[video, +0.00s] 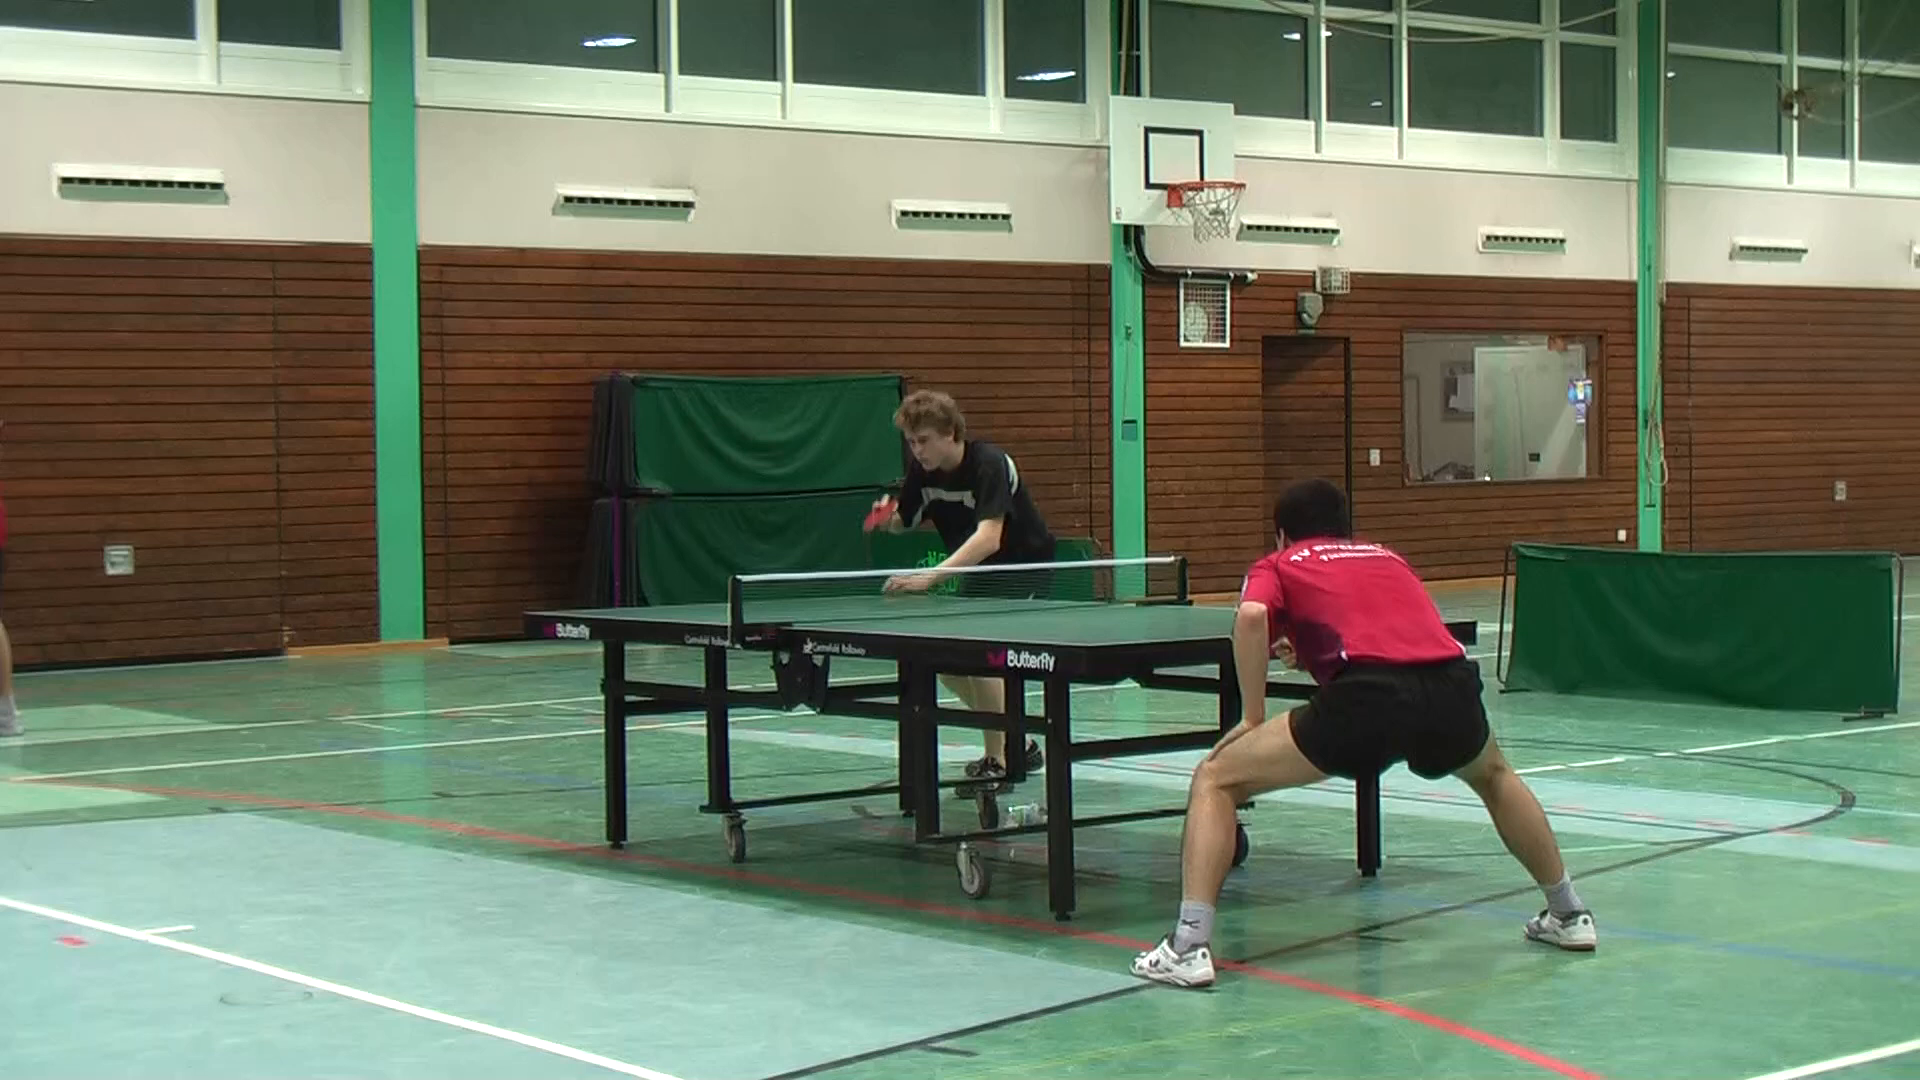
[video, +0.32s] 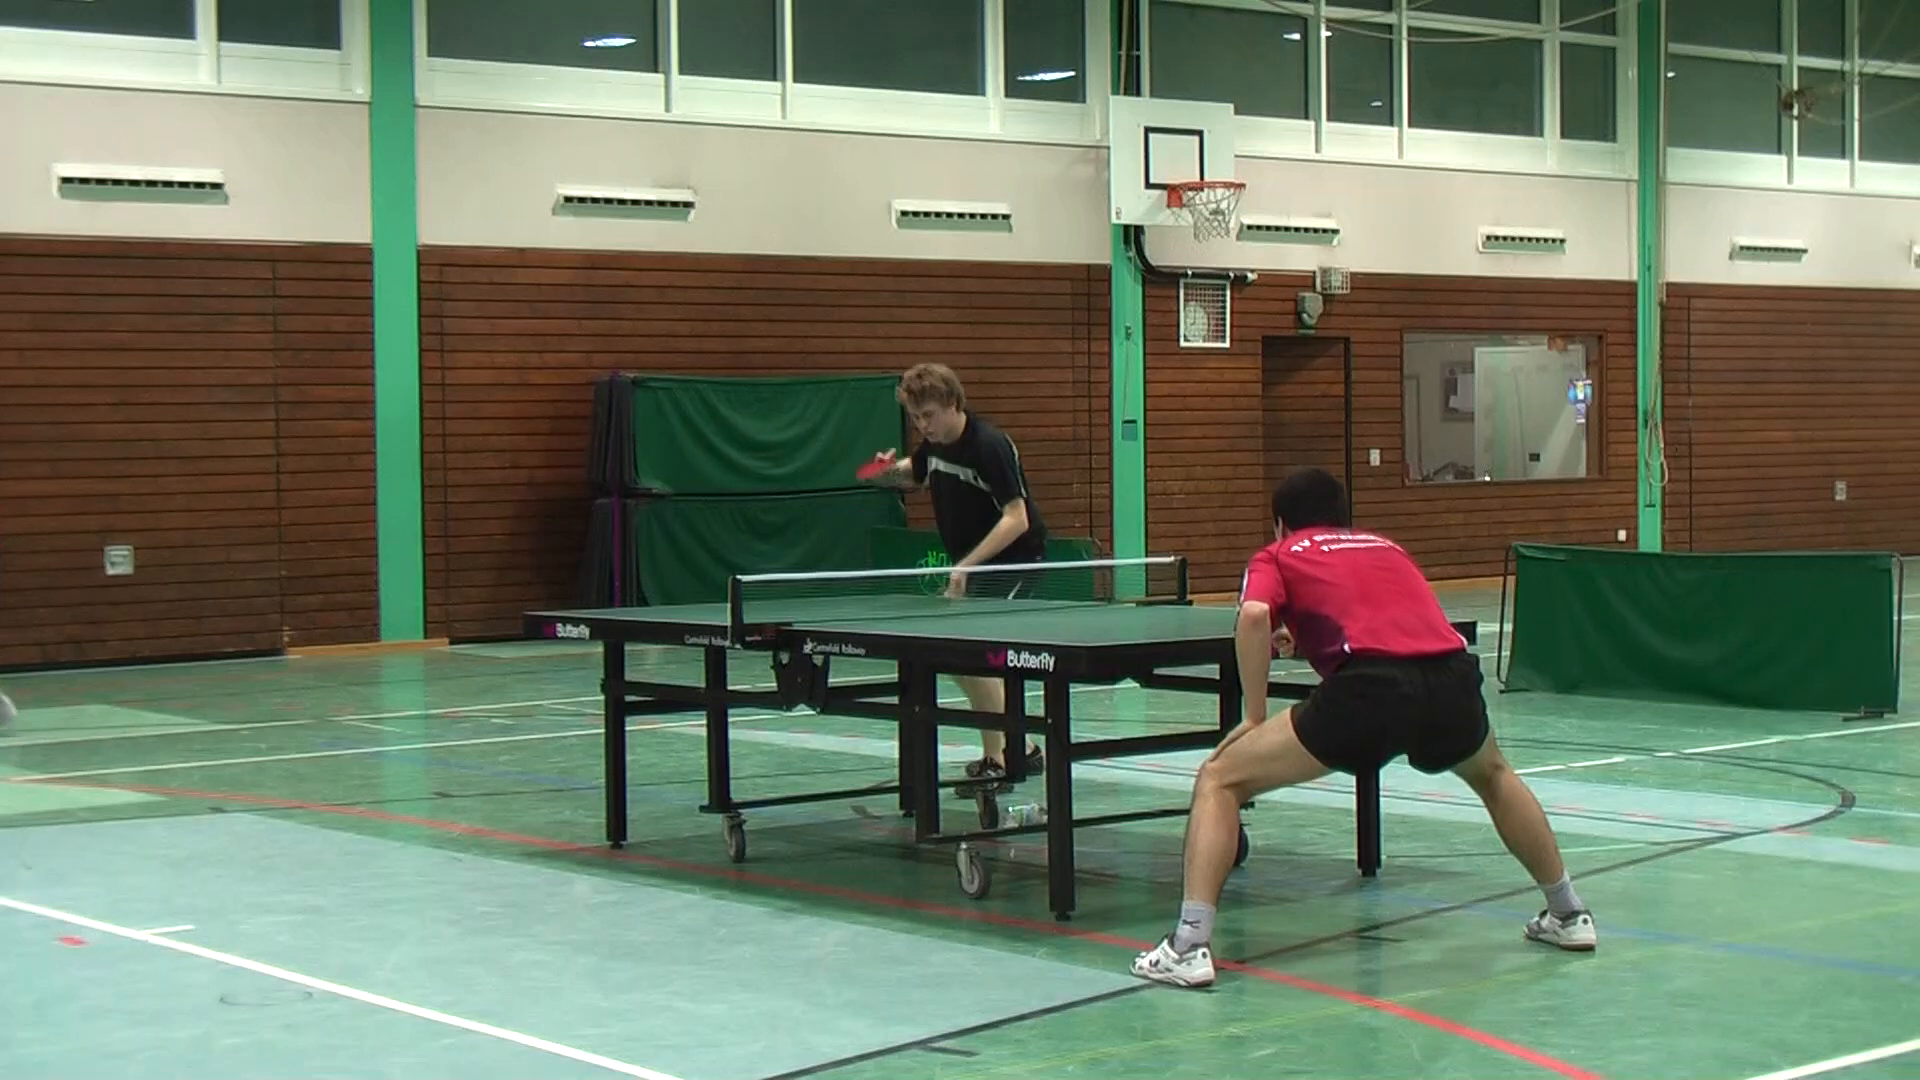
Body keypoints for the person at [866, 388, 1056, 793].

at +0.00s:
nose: (916, 451)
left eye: (922, 440)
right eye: (911, 443)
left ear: (950, 434)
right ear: (909, 441)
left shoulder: (989, 461)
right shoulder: (922, 468)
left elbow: (989, 537)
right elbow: (905, 520)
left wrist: (931, 575)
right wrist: (886, 519)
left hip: (1024, 573)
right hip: (977, 575)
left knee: (980, 659)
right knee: (947, 659)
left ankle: (997, 758)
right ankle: (1018, 745)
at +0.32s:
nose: (921, 426)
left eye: (928, 415)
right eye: (916, 418)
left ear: (954, 405)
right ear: (913, 414)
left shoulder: (991, 445)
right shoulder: (931, 443)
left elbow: (1017, 518)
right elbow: (916, 474)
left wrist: (965, 565)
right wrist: (889, 472)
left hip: (1015, 564)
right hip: (974, 565)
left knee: (964, 649)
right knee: (957, 650)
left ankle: (1008, 752)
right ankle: (1002, 752)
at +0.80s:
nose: (891, 415)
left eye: (896, 406)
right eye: (887, 407)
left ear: (924, 399)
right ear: (893, 404)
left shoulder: (975, 430)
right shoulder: (899, 438)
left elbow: (1029, 483)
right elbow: (876, 480)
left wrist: (998, 523)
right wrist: (825, 484)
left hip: (996, 560)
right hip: (954, 561)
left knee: (979, 655)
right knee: (981, 656)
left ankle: (983, 756)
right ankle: (1016, 747)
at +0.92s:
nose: (893, 410)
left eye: (900, 402)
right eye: (889, 401)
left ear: (926, 395)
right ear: (888, 397)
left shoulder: (970, 425)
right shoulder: (888, 438)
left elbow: (1027, 473)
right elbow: (883, 503)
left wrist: (1005, 490)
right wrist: (872, 527)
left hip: (986, 558)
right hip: (938, 561)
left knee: (976, 653)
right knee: (978, 654)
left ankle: (982, 755)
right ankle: (998, 744)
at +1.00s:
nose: (900, 407)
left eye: (908, 398)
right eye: (893, 397)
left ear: (931, 393)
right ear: (887, 393)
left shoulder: (969, 421)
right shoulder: (881, 431)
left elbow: (1026, 469)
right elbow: (874, 499)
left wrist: (999, 470)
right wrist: (906, 499)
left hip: (977, 557)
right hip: (925, 561)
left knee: (968, 653)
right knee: (937, 652)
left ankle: (982, 752)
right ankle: (996, 720)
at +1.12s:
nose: (905, 403)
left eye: (913, 393)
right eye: (896, 394)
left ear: (929, 388)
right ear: (886, 391)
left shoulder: (961, 421)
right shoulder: (873, 428)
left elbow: (1019, 473)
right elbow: (846, 494)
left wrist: (997, 468)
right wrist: (881, 473)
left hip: (962, 563)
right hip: (904, 565)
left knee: (972, 657)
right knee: (891, 656)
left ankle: (982, 759)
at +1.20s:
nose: (896, 400)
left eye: (904, 389)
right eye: (886, 391)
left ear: (918, 387)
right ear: (874, 390)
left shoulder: (948, 424)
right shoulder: (860, 428)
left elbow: (1001, 468)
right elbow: (827, 491)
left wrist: (1005, 477)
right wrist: (860, 477)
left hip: (949, 561)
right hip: (888, 562)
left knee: (964, 659)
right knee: (848, 640)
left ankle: (981, 760)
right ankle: (880, 716)